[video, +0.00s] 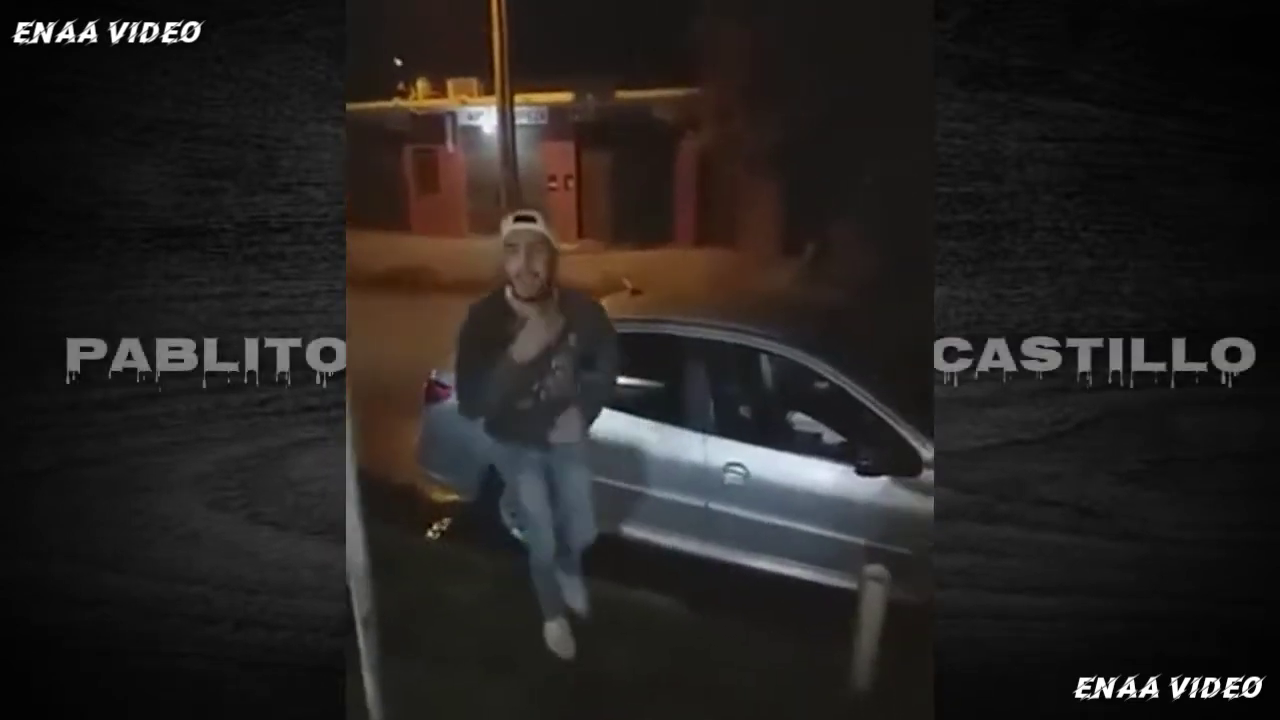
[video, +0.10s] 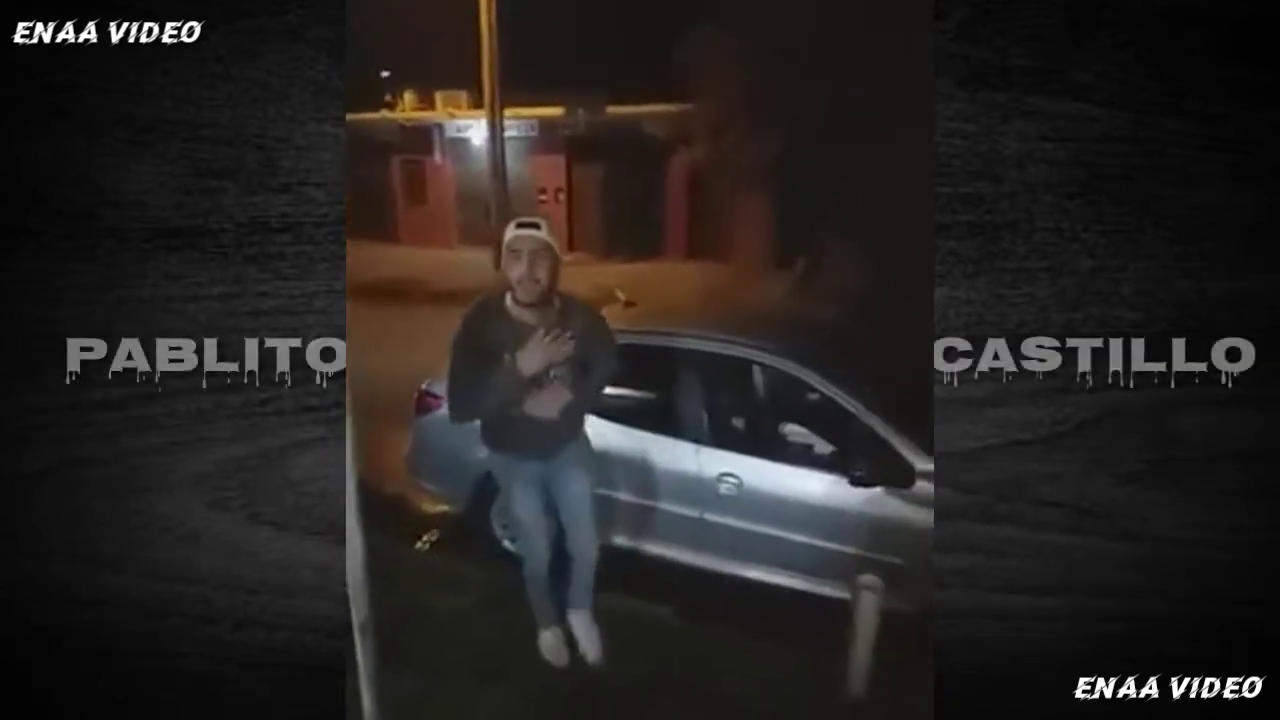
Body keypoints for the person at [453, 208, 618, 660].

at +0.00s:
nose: (528, 264)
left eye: (537, 253)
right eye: (516, 253)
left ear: (552, 260)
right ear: (503, 262)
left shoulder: (581, 310)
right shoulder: (484, 318)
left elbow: (605, 369)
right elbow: (472, 404)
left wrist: (580, 410)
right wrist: (520, 352)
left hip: (567, 433)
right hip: (513, 437)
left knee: (581, 533)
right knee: (542, 538)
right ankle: (551, 614)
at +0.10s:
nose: (529, 271)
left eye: (539, 260)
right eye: (518, 260)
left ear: (554, 267)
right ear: (504, 267)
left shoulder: (577, 316)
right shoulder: (482, 321)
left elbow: (606, 361)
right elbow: (462, 406)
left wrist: (566, 392)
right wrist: (524, 364)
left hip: (568, 446)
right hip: (513, 453)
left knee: (587, 543)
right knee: (538, 547)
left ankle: (580, 611)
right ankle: (547, 624)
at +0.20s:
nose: (514, 276)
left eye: (524, 265)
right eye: (502, 265)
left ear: (539, 272)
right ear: (488, 272)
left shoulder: (561, 321)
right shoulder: (465, 331)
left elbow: (592, 368)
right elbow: (442, 411)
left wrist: (554, 393)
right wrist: (508, 372)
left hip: (553, 452)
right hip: (497, 461)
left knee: (569, 560)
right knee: (521, 558)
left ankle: (577, 655)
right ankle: (530, 629)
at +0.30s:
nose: (490, 277)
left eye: (501, 266)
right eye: (478, 266)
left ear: (516, 273)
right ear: (463, 272)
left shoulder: (539, 326)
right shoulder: (439, 331)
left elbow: (570, 371)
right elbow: (413, 415)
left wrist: (530, 400)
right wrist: (479, 376)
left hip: (527, 458)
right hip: (469, 465)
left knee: (538, 565)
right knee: (490, 557)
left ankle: (553, 676)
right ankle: (500, 628)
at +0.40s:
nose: (495, 282)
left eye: (506, 272)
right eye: (484, 271)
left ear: (522, 279)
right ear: (469, 278)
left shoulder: (543, 332)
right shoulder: (443, 335)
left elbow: (576, 392)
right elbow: (413, 418)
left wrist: (530, 403)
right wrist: (484, 384)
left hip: (530, 468)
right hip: (472, 473)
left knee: (537, 577)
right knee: (492, 564)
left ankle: (551, 686)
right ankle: (501, 627)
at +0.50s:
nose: (521, 275)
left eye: (533, 264)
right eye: (509, 263)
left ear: (549, 272)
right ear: (495, 270)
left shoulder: (571, 328)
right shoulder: (467, 331)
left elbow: (597, 385)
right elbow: (432, 415)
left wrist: (554, 399)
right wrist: (504, 382)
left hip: (553, 463)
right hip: (494, 468)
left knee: (558, 573)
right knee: (513, 554)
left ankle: (569, 671)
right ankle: (518, 608)